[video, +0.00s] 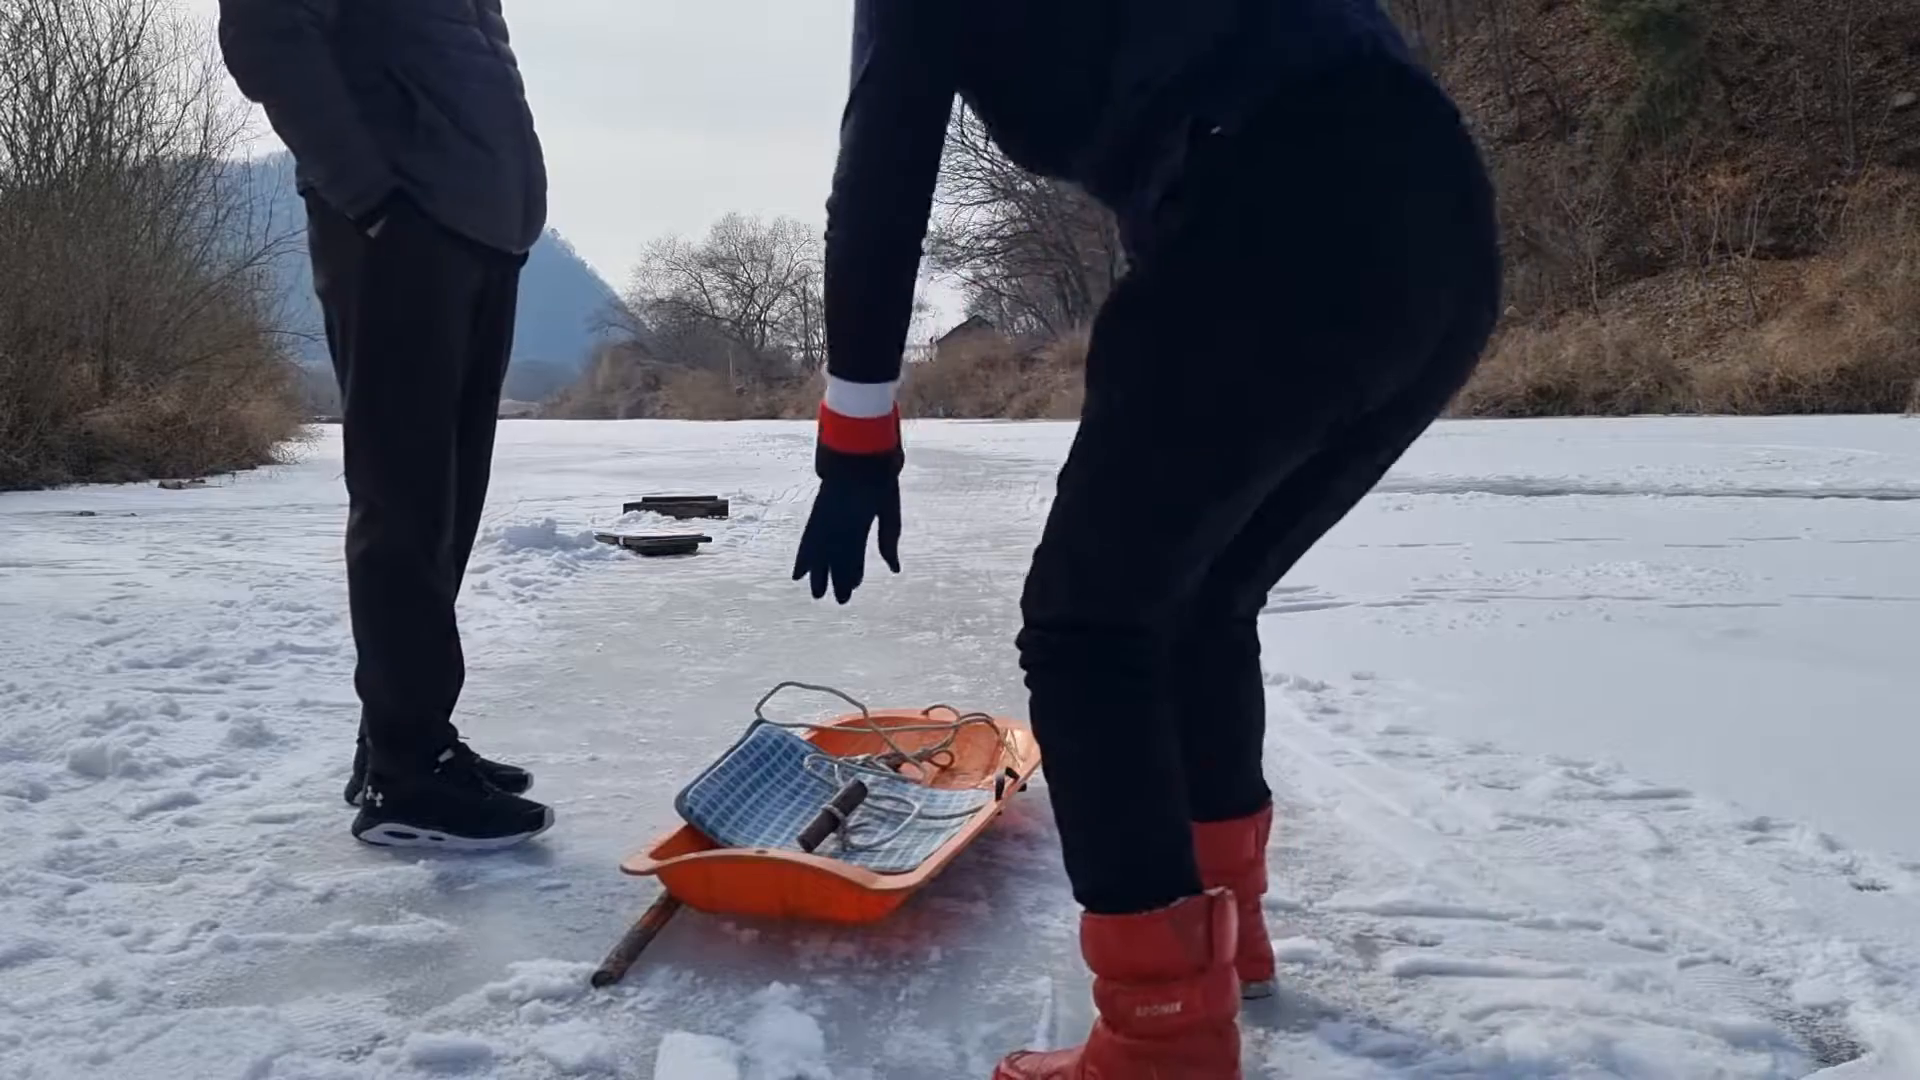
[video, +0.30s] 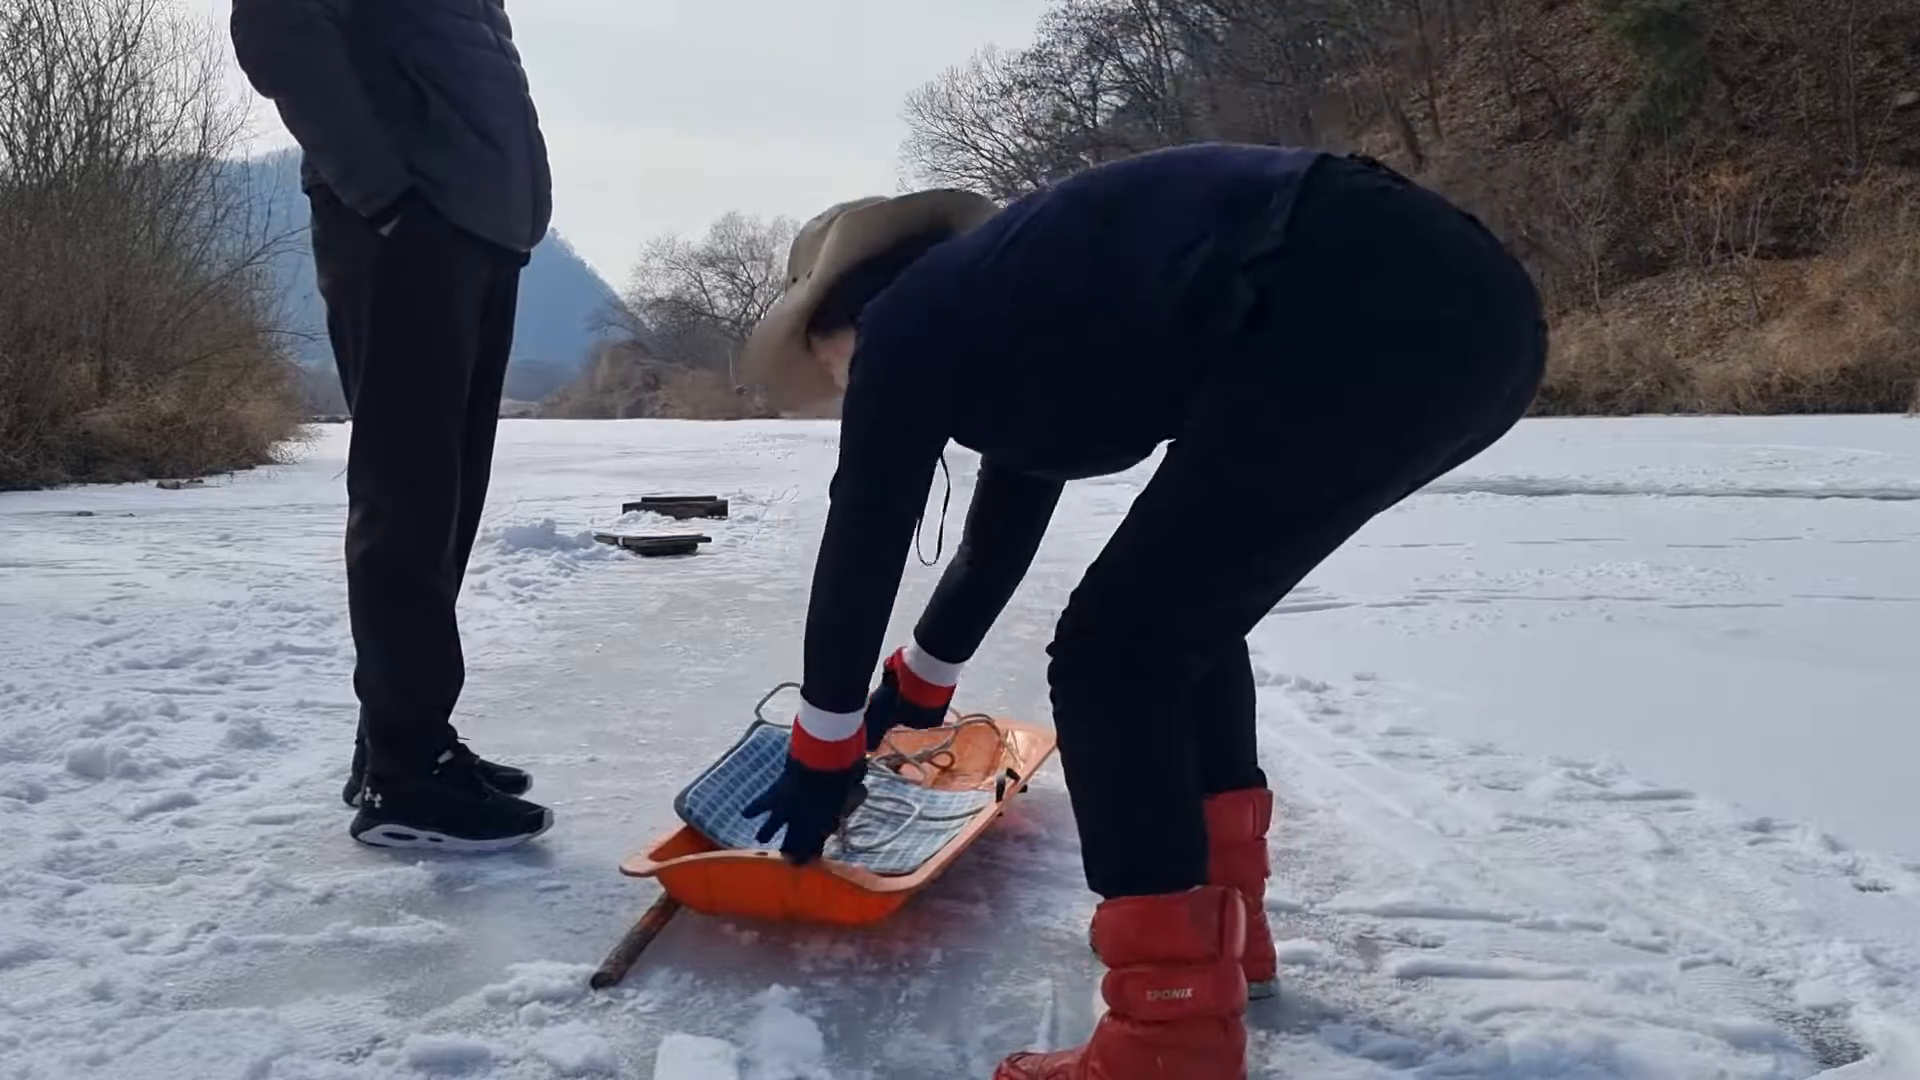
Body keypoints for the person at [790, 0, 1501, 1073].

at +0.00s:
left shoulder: (920, 5)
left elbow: (877, 202)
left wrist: (855, 440)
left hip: (1269, 244)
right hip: (1441, 233)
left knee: (1084, 625)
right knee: (1209, 594)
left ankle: (1160, 1029)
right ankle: (1226, 924)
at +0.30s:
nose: (841, 375)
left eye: (833, 351)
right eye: (828, 357)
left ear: (855, 320)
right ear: (920, 270)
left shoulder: (902, 336)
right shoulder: (1049, 337)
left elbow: (855, 564)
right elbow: (995, 550)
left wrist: (824, 760)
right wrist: (916, 688)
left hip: (1361, 325)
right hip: (1461, 318)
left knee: (1106, 646)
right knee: (1194, 621)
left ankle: (1168, 1031)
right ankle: (1228, 925)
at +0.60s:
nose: (855, 413)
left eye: (838, 384)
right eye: (838, 397)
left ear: (856, 340)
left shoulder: (922, 347)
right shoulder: (1051, 361)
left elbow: (892, 592)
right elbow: (1065, 574)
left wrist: (880, 798)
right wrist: (998, 740)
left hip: (1367, 317)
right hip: (1458, 315)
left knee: (1120, 656)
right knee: (1201, 629)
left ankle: (1171, 1029)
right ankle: (1230, 923)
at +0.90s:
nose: (862, 322)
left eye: (847, 291)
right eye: (844, 303)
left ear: (875, 247)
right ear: (937, 203)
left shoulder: (936, 275)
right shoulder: (1061, 232)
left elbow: (960, 531)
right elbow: (1102, 412)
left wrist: (961, 764)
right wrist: (1003, 506)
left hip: (1356, 299)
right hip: (1449, 292)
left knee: (1147, 637)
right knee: (1212, 621)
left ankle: (1173, 1033)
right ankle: (1227, 920)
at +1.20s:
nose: (881, 211)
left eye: (865, 188)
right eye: (864, 200)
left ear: (876, 133)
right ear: (957, 92)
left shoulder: (940, 152)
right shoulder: (1059, 149)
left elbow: (966, 362)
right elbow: (1081, 362)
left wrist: (966, 576)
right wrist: (1015, 475)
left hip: (1309, 268)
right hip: (1416, 274)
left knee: (1137, 628)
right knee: (1191, 614)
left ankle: (1173, 1020)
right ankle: (1229, 922)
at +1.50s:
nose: (873, 190)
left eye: (858, 160)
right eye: (855, 176)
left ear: (876, 105)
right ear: (950, 76)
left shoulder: (934, 117)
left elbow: (939, 322)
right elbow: (1105, 354)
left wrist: (894, 541)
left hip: (1246, 247)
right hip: (1386, 282)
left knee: (1019, 557)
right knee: (1150, 578)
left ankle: (1022, 950)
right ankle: (1221, 904)